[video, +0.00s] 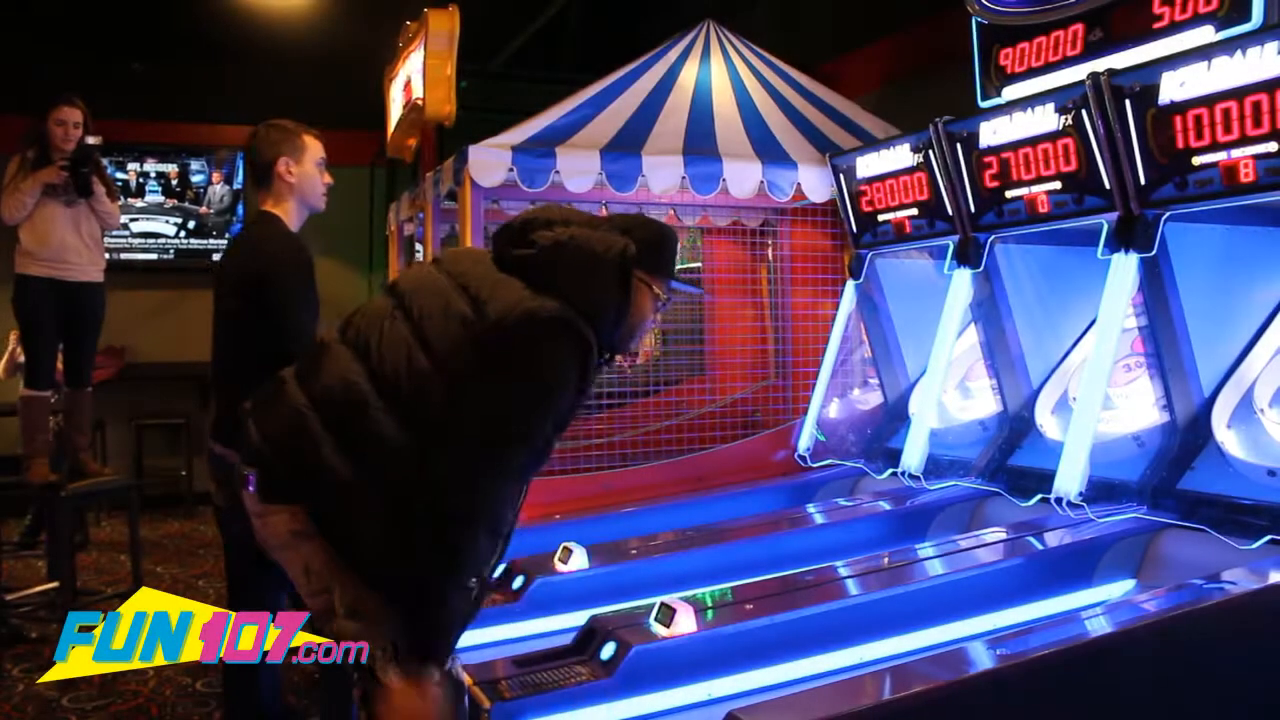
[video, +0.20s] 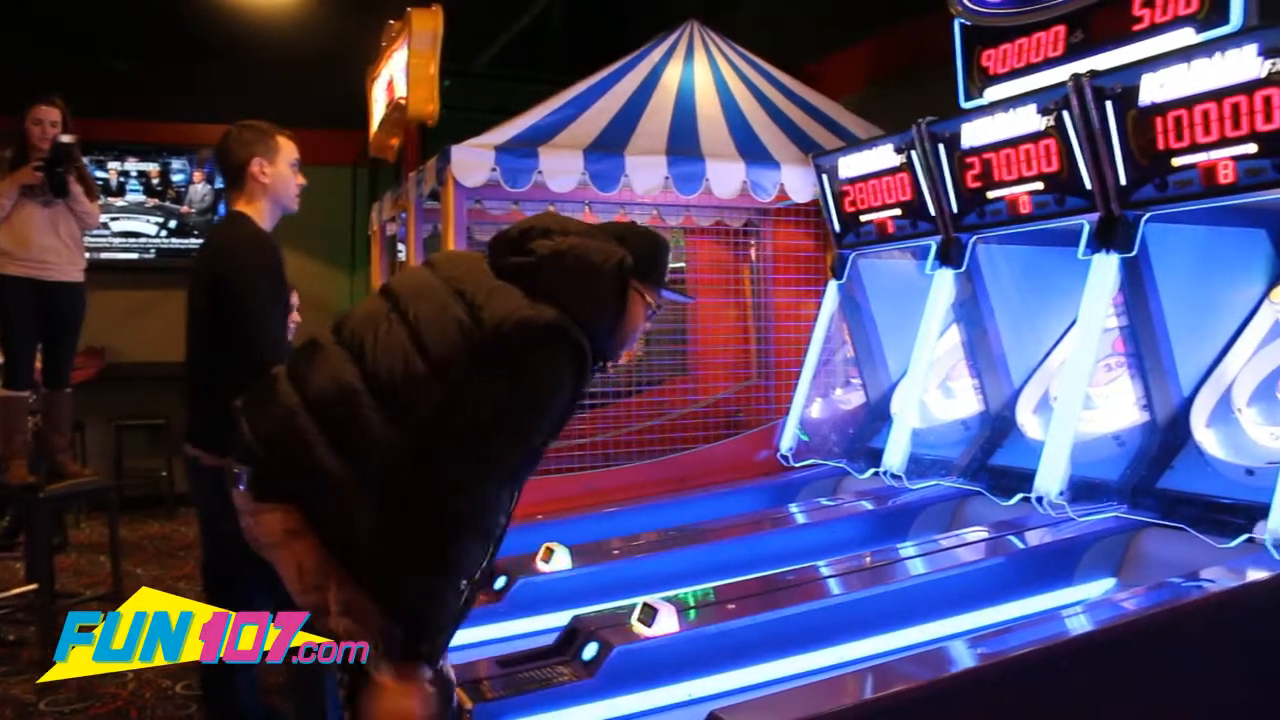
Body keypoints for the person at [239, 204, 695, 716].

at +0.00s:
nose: (658, 319)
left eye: (662, 302)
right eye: (655, 297)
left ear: (600, 273)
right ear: (617, 279)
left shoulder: (479, 272)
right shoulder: (555, 335)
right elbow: (480, 490)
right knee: (417, 689)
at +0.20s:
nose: (646, 328)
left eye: (653, 311)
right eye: (646, 306)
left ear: (583, 270)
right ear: (611, 288)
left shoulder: (469, 270)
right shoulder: (551, 342)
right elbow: (468, 492)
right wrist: (415, 650)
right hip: (313, 504)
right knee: (406, 688)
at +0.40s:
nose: (633, 311)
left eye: (639, 296)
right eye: (635, 292)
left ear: (557, 252)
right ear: (606, 279)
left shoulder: (450, 264)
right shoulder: (551, 345)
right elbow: (597, 492)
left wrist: (437, 551)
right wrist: (686, 572)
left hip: (262, 466)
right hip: (322, 500)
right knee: (396, 692)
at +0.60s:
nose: (617, 296)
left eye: (619, 279)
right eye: (614, 277)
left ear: (523, 250)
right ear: (577, 269)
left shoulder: (426, 267)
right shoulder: (539, 329)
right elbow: (623, 469)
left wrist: (469, 541)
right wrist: (741, 499)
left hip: (242, 466)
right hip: (300, 491)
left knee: (355, 676)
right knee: (378, 690)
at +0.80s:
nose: (616, 295)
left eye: (622, 279)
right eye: (615, 276)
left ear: (532, 245)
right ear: (578, 263)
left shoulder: (427, 263)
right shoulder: (532, 326)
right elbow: (566, 492)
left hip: (242, 465)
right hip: (303, 498)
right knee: (385, 694)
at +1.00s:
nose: (623, 298)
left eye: (628, 281)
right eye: (622, 277)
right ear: (586, 265)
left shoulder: (437, 265)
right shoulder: (530, 337)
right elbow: (530, 523)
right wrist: (589, 679)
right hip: (291, 500)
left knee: (392, 690)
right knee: (372, 695)